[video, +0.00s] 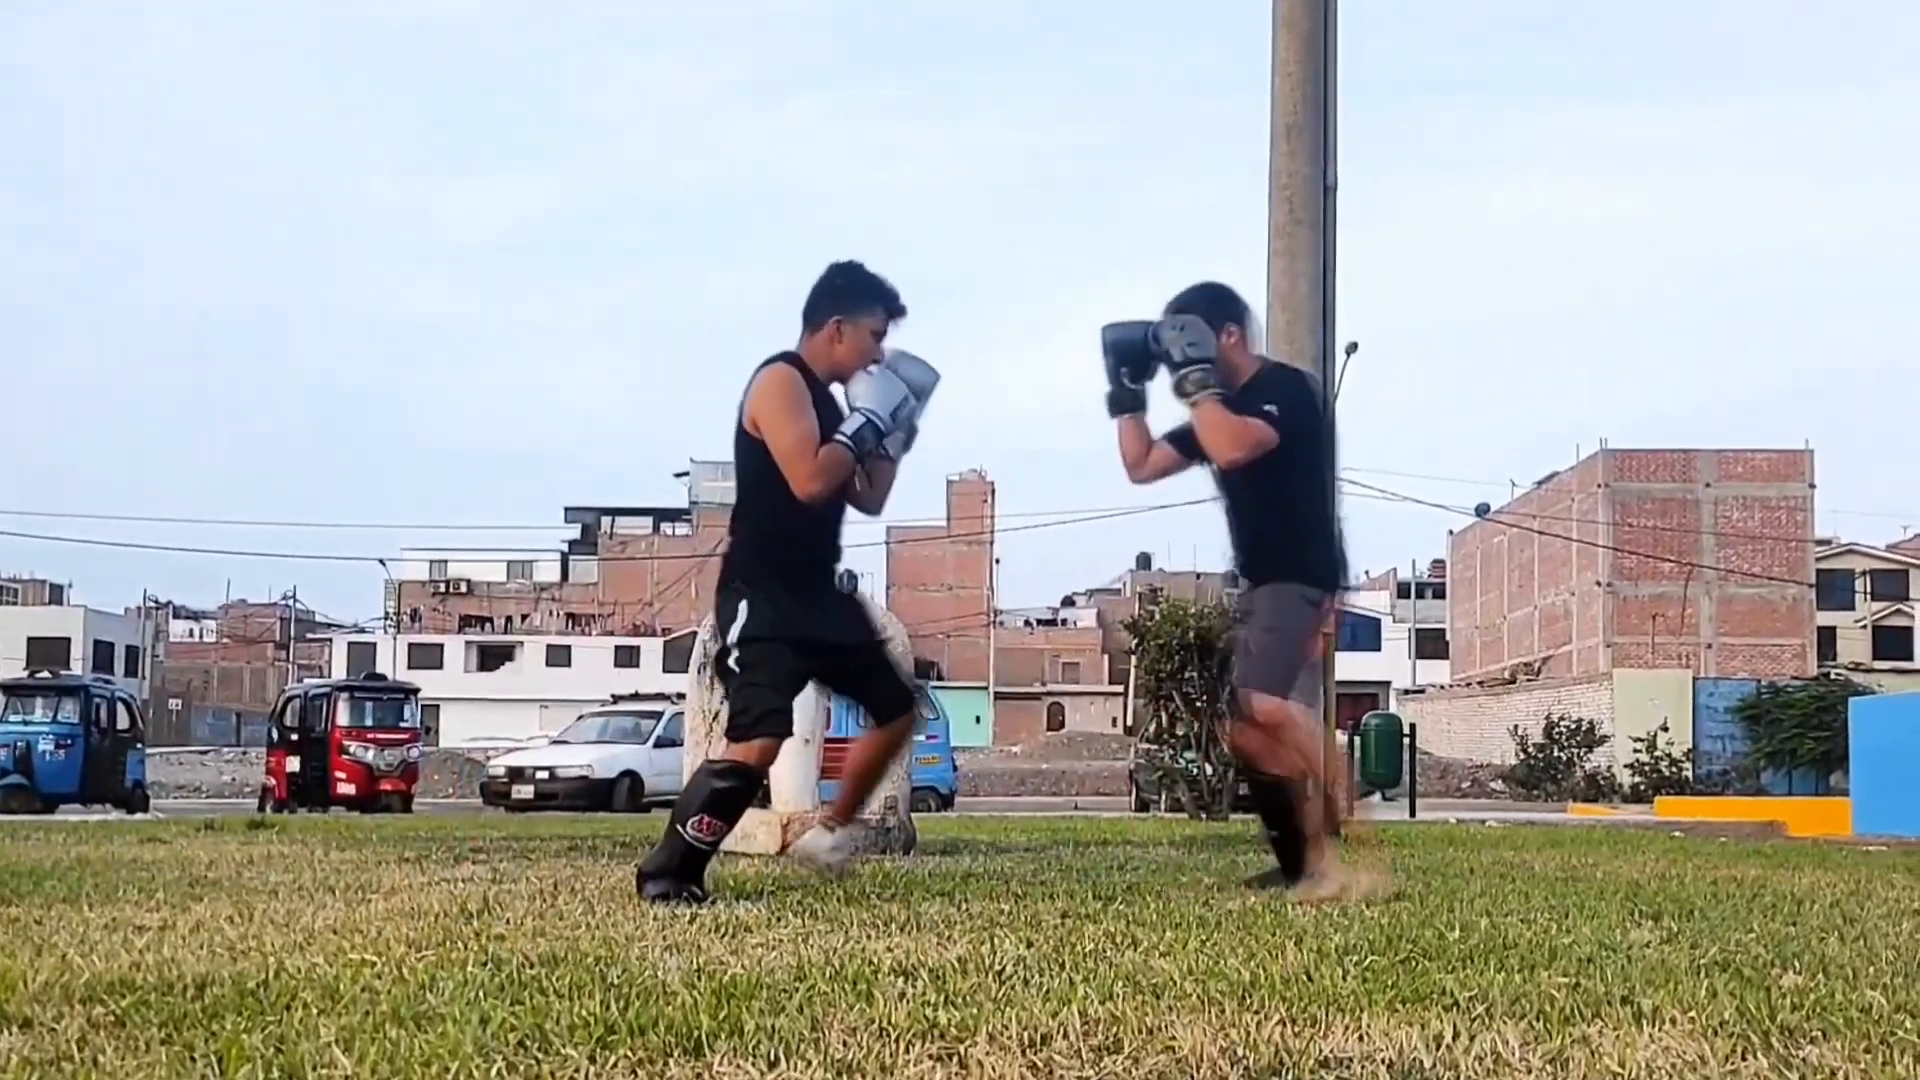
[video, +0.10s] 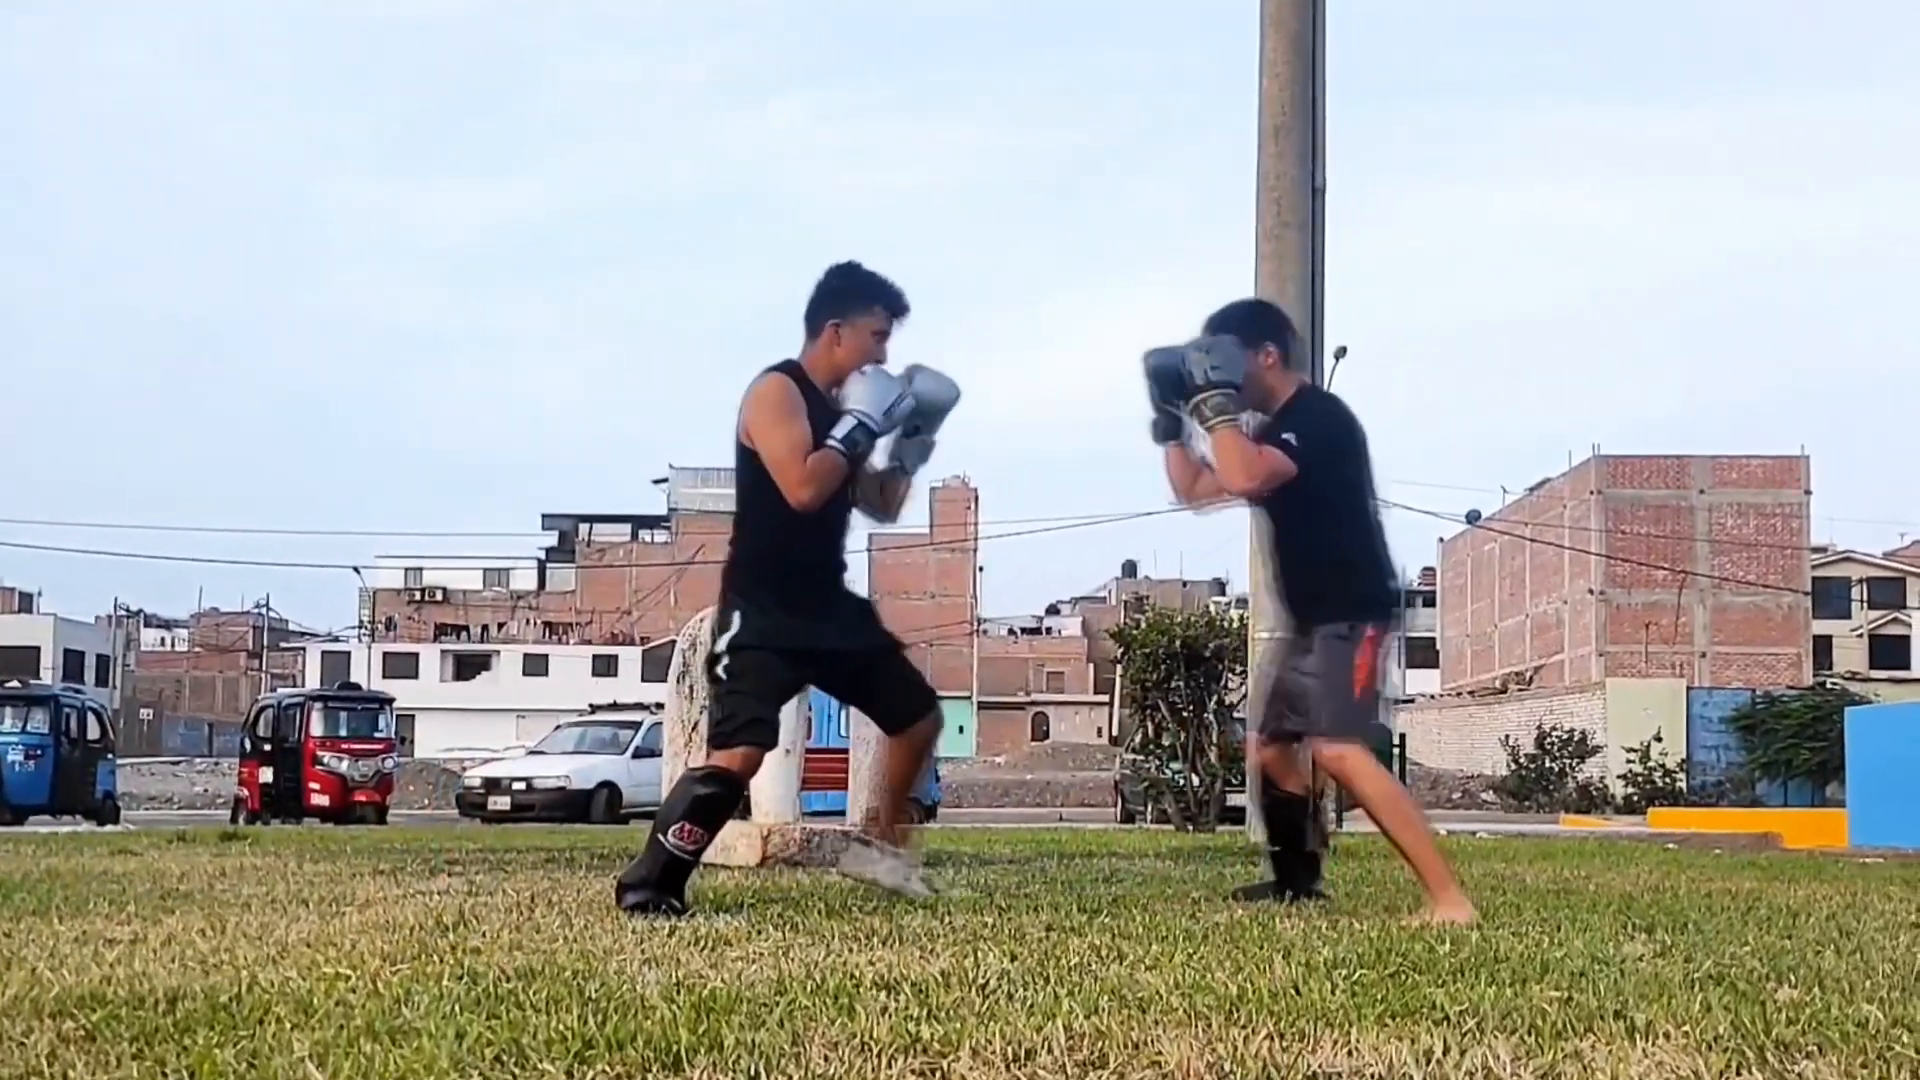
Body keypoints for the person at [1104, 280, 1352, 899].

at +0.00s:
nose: (1189, 355)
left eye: (1197, 341)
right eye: (1182, 346)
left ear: (1231, 333)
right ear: (1208, 347)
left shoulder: (1289, 388)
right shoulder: (1221, 412)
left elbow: (1230, 445)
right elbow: (1141, 466)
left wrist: (1192, 374)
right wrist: (1126, 386)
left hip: (1301, 579)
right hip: (1260, 582)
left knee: (1262, 702)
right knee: (1244, 735)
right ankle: (1299, 865)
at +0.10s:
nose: (1225, 376)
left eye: (1232, 361)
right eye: (1221, 364)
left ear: (1269, 355)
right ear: (1261, 363)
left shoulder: (1319, 413)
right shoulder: (1272, 430)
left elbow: (1246, 476)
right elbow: (1193, 489)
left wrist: (1213, 400)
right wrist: (1170, 422)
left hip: (1355, 612)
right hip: (1310, 617)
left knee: (1338, 747)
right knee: (1271, 747)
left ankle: (1449, 901)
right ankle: (1297, 886)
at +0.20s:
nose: (1251, 378)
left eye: (1257, 363)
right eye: (1245, 367)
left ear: (1302, 357)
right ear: (1289, 364)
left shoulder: (1351, 420)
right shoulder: (1304, 434)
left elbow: (1280, 506)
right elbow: (1244, 519)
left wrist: (1244, 434)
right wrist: (1209, 451)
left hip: (1394, 620)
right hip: (1351, 619)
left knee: (1342, 770)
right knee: (1297, 755)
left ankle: (1444, 916)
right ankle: (1345, 895)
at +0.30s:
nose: (1266, 365)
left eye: (1273, 347)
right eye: (1261, 352)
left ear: (1322, 339)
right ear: (1310, 346)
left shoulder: (1379, 401)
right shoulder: (1320, 424)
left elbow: (1313, 500)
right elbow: (1264, 513)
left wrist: (1263, 426)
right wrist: (1226, 442)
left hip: (1434, 600)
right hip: (1385, 605)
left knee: (1377, 752)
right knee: (1342, 758)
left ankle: (1441, 919)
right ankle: (1447, 883)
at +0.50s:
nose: (1327, 422)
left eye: (1337, 405)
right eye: (1320, 410)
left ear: (1378, 397)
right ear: (1365, 404)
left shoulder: (1429, 448)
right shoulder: (1372, 475)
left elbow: (1343, 536)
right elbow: (1287, 552)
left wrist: (1314, 452)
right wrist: (1271, 468)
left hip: (1530, 631)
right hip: (1490, 638)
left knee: (1456, 772)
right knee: (1428, 790)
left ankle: (1559, 939)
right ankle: (1532, 918)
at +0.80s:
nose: (1376, 446)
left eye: (1382, 430)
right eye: (1367, 436)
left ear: (1418, 417)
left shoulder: (1477, 460)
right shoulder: (1416, 489)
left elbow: (1420, 557)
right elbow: (1341, 569)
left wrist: (1377, 469)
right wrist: (1316, 482)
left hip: (1573, 624)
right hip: (1510, 630)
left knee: (1501, 745)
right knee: (1439, 760)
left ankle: (1584, 931)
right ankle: (1530, 893)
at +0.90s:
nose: (1398, 535)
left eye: (1397, 519)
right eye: (1390, 528)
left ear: (1420, 494)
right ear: (1420, 500)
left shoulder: (1480, 507)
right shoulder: (1438, 551)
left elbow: (1408, 595)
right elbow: (1363, 611)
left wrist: (1371, 516)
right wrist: (1326, 532)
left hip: (1593, 662)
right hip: (1526, 672)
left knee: (1511, 753)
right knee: (1427, 780)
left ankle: (1584, 935)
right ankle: (1481, 907)